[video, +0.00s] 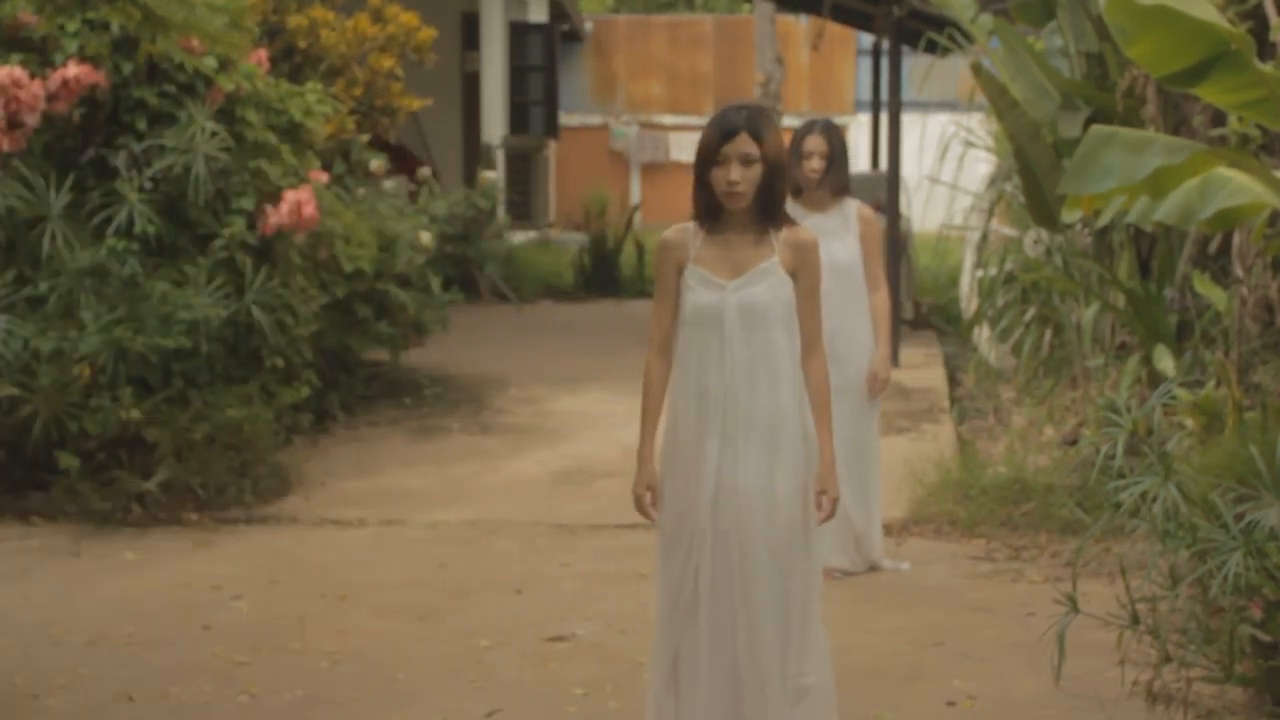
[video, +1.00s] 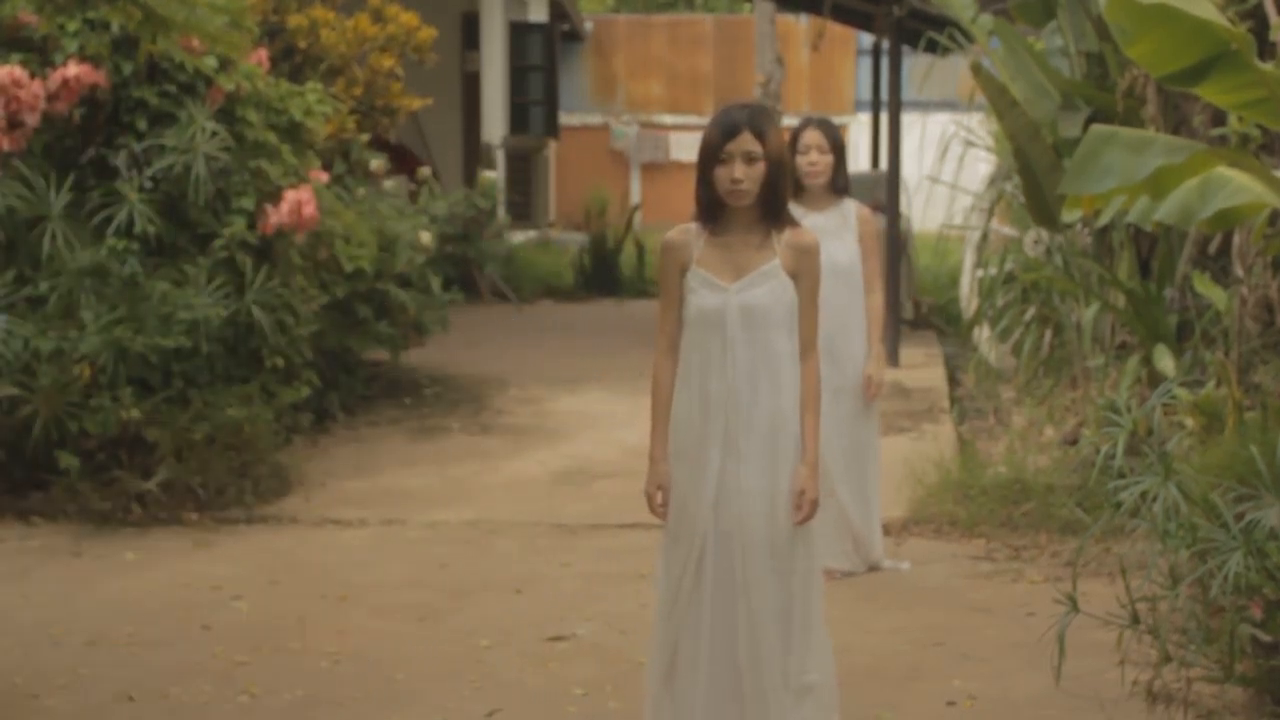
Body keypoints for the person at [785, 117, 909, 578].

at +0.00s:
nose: (814, 166)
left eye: (824, 158)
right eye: (806, 157)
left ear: (837, 163)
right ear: (793, 160)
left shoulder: (862, 218)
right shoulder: (780, 217)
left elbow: (877, 287)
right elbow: (770, 290)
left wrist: (883, 351)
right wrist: (772, 352)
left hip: (851, 347)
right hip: (797, 347)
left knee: (852, 446)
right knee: (803, 441)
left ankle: (854, 544)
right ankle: (809, 543)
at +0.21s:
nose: (819, 162)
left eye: (829, 155)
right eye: (812, 152)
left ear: (841, 162)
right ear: (798, 157)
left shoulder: (859, 218)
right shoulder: (781, 216)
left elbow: (874, 289)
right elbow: (771, 289)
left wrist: (880, 354)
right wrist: (773, 352)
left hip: (851, 347)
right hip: (797, 348)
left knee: (853, 446)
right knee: (804, 443)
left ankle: (855, 545)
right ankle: (813, 545)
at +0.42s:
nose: (817, 158)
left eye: (827, 150)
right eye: (809, 149)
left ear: (840, 159)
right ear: (796, 156)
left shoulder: (858, 217)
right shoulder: (781, 216)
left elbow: (873, 287)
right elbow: (770, 288)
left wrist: (876, 354)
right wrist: (771, 351)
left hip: (847, 351)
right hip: (794, 350)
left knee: (848, 447)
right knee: (800, 443)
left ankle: (849, 546)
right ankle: (805, 544)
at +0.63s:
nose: (815, 158)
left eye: (824, 150)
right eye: (805, 150)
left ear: (837, 157)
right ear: (793, 158)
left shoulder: (859, 218)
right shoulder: (779, 218)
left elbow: (873, 288)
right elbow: (769, 290)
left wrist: (876, 354)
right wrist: (770, 352)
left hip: (847, 351)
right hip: (794, 350)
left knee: (847, 447)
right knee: (799, 443)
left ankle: (849, 546)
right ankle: (805, 545)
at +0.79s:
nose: (813, 160)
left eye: (822, 151)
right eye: (803, 151)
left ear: (836, 157)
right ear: (791, 160)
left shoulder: (860, 218)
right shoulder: (780, 219)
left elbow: (873, 289)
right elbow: (771, 291)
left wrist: (875, 356)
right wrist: (772, 353)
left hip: (848, 352)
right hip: (795, 351)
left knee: (848, 448)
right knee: (800, 445)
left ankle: (851, 546)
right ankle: (807, 546)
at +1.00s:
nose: (814, 161)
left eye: (823, 152)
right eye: (804, 152)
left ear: (837, 158)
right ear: (792, 160)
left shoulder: (860, 218)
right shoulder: (780, 218)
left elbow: (874, 289)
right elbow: (770, 290)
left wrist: (875, 354)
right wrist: (771, 351)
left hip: (848, 351)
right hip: (795, 351)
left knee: (848, 448)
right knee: (799, 444)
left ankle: (850, 546)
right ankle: (805, 545)